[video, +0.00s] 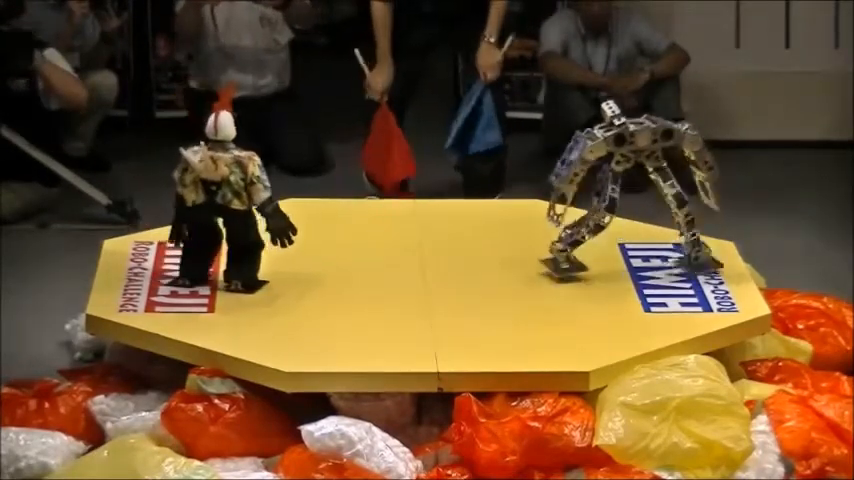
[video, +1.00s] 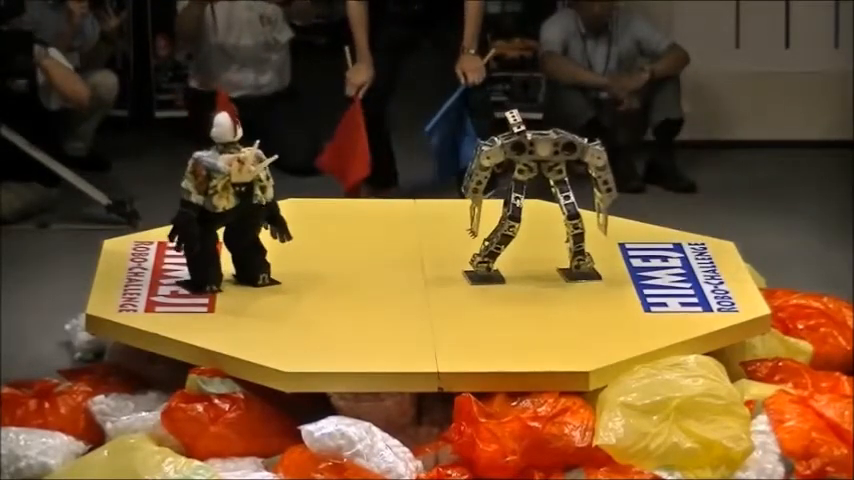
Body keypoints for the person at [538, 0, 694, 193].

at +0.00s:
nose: (596, 11)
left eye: (602, 4)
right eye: (589, 5)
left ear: (611, 5)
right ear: (576, 6)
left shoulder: (628, 23)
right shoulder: (558, 25)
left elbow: (679, 56)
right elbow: (550, 64)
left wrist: (645, 74)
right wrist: (608, 83)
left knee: (667, 81)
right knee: (562, 86)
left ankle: (672, 158)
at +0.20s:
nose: (597, 11)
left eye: (603, 5)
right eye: (589, 5)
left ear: (613, 6)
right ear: (577, 6)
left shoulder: (629, 22)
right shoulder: (559, 24)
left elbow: (680, 56)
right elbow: (550, 64)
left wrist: (645, 75)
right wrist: (608, 83)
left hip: (627, 108)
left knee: (667, 80)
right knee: (563, 85)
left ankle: (660, 161)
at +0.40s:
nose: (596, 9)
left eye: (602, 3)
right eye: (589, 4)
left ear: (612, 4)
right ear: (578, 6)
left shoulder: (629, 21)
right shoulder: (559, 24)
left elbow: (680, 56)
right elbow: (550, 64)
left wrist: (644, 75)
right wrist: (608, 83)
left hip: (628, 105)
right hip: (585, 106)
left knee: (667, 81)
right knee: (565, 93)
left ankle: (664, 166)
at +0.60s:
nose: (596, 9)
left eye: (603, 3)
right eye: (589, 3)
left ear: (612, 4)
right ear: (578, 5)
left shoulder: (629, 21)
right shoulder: (559, 24)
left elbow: (680, 56)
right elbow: (550, 64)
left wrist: (644, 75)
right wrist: (608, 83)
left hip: (629, 110)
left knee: (667, 80)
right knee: (565, 92)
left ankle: (662, 164)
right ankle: (615, 166)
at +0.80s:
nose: (597, 9)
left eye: (604, 2)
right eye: (590, 3)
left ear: (613, 4)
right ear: (576, 6)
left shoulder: (628, 23)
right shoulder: (558, 25)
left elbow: (680, 56)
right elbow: (551, 65)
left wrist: (644, 76)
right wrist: (610, 83)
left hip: (627, 112)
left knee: (668, 79)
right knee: (564, 92)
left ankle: (662, 164)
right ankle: (618, 165)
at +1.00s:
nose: (597, 9)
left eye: (604, 2)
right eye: (590, 3)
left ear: (613, 4)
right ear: (576, 6)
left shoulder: (628, 23)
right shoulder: (558, 25)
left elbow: (679, 56)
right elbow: (551, 65)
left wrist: (644, 76)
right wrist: (610, 83)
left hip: (627, 112)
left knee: (668, 78)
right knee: (564, 91)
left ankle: (663, 164)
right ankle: (618, 165)